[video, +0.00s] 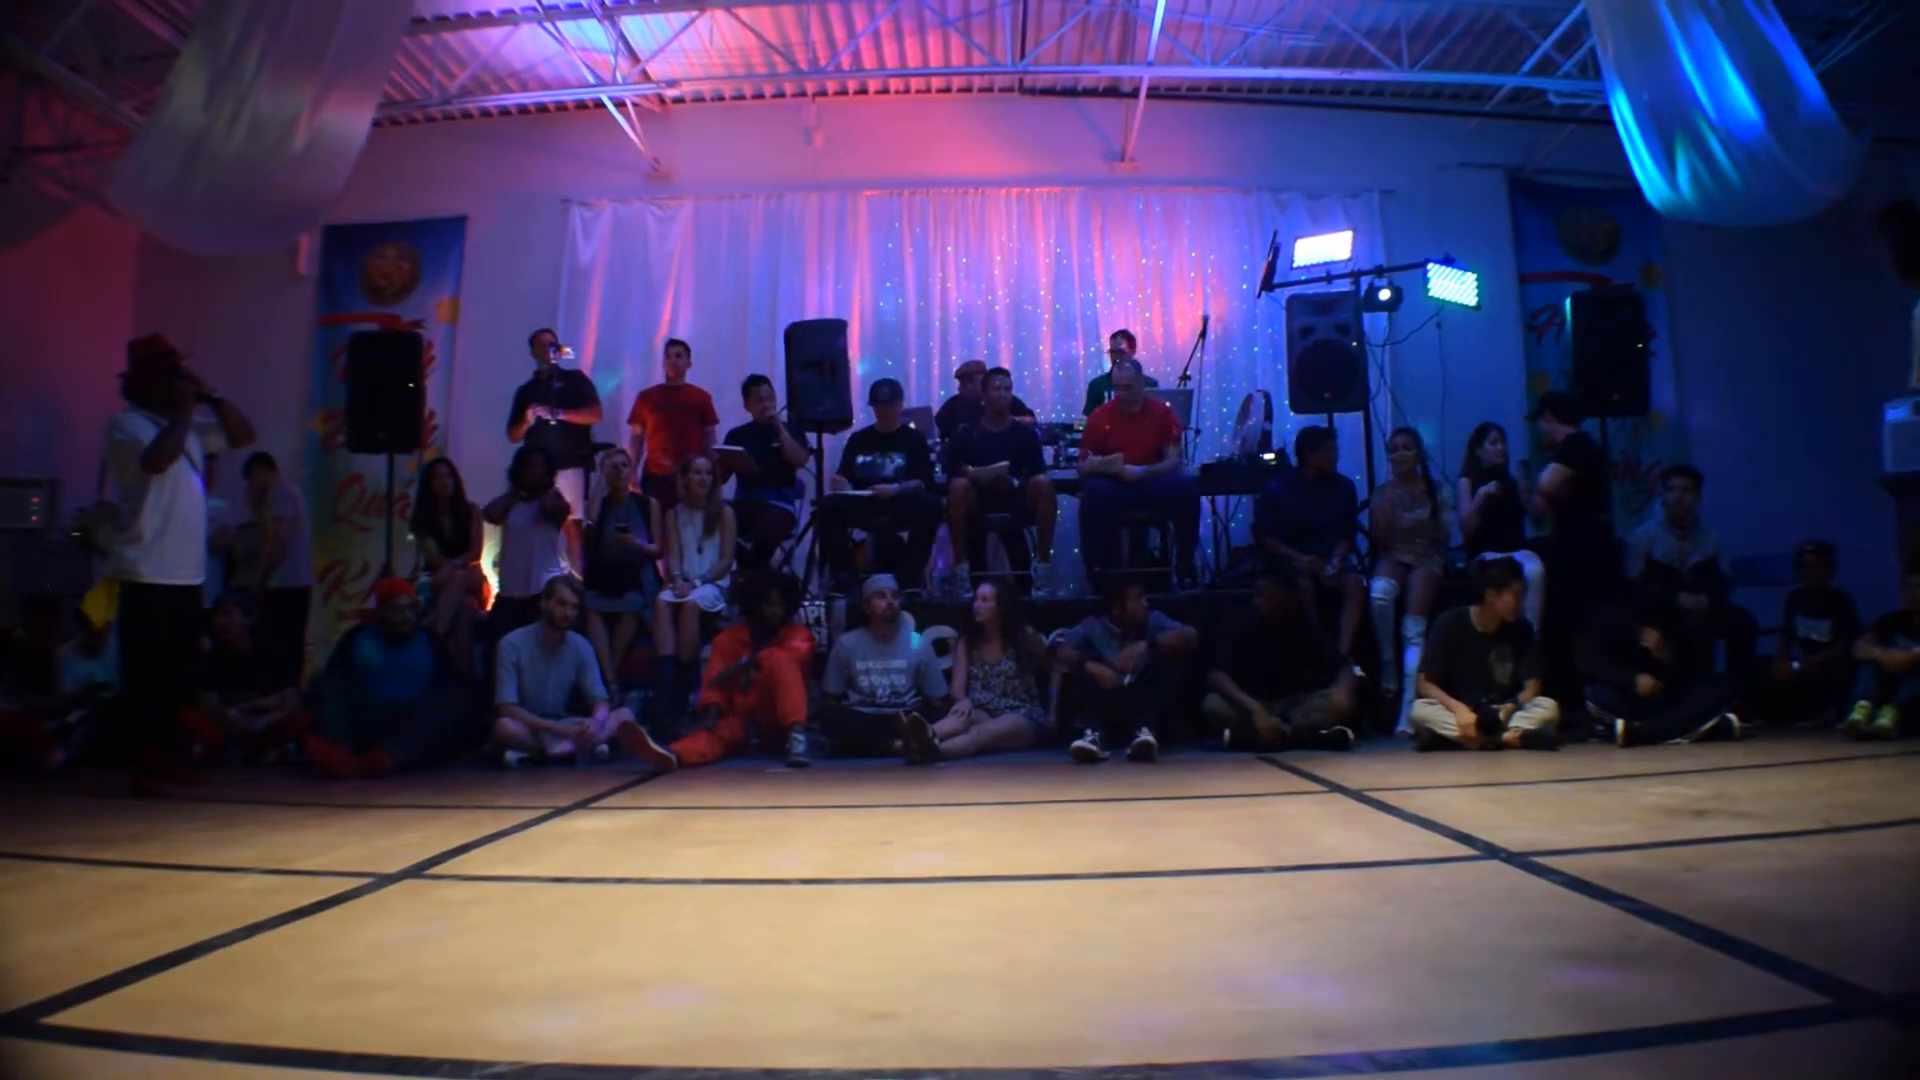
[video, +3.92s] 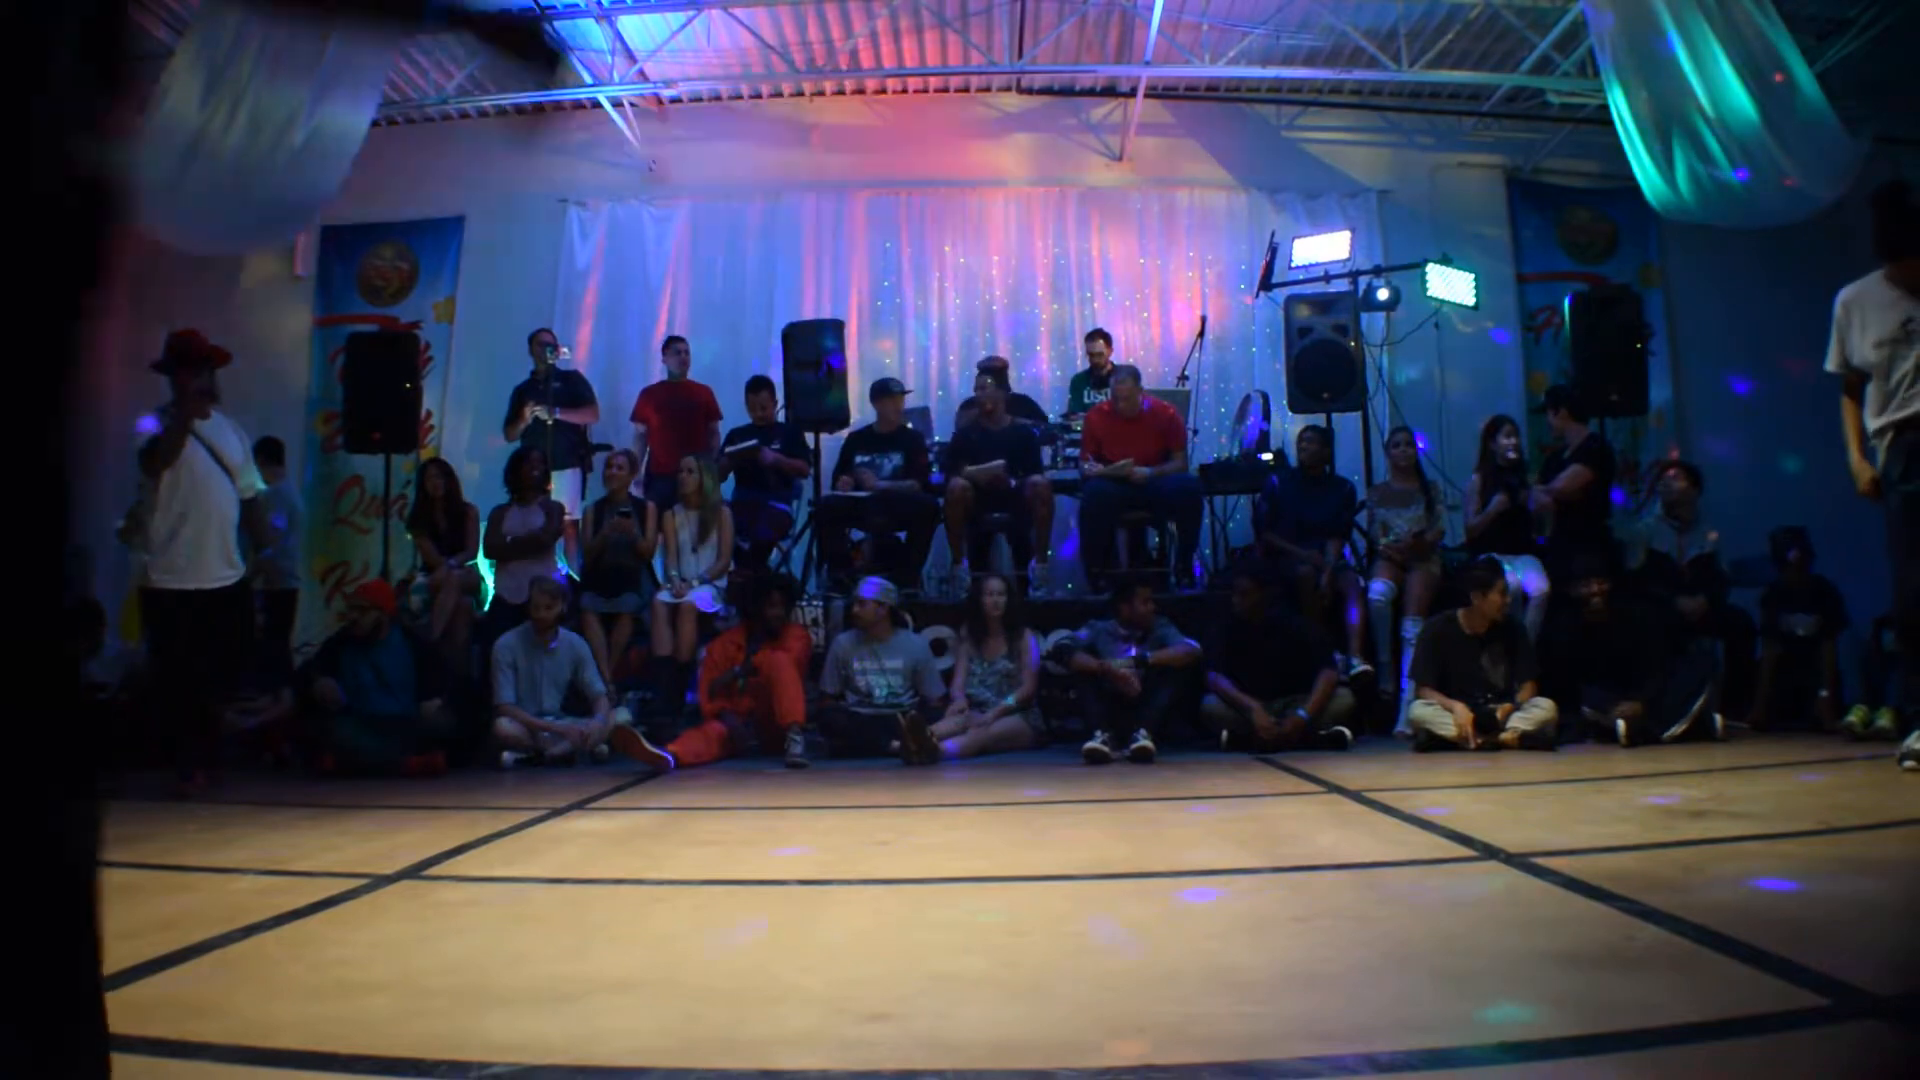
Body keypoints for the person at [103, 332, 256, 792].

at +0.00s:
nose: (178, 385)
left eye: (179, 377)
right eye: (167, 378)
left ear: (178, 383)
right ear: (144, 384)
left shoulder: (184, 429)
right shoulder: (126, 425)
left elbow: (242, 435)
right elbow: (155, 461)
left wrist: (210, 397)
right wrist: (184, 410)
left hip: (185, 579)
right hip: (147, 578)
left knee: (180, 679)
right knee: (148, 681)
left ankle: (175, 762)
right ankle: (146, 767)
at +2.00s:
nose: (189, 391)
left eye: (189, 383)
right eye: (179, 383)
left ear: (184, 386)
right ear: (154, 387)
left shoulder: (187, 433)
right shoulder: (132, 426)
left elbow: (236, 456)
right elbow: (160, 464)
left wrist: (248, 428)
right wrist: (189, 418)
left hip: (188, 577)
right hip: (151, 575)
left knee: (181, 677)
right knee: (151, 677)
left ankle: (172, 761)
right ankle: (146, 767)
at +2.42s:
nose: (182, 389)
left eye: (184, 381)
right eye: (171, 382)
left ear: (186, 387)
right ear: (147, 387)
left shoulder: (202, 435)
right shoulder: (125, 431)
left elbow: (256, 463)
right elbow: (124, 468)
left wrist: (250, 469)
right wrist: (156, 421)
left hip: (191, 585)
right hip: (142, 585)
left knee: (184, 685)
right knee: (144, 685)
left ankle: (177, 763)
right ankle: (143, 769)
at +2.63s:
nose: (173, 393)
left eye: (178, 385)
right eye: (163, 386)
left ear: (185, 388)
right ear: (144, 391)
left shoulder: (207, 437)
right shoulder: (128, 434)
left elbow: (241, 491)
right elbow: (117, 471)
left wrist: (240, 526)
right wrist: (150, 422)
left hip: (194, 585)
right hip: (142, 584)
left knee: (185, 681)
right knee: (143, 682)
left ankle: (177, 761)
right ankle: (142, 765)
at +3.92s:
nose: (207, 382)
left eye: (210, 373)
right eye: (196, 374)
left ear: (216, 377)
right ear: (174, 379)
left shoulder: (228, 431)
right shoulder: (153, 428)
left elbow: (251, 498)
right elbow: (155, 464)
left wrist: (266, 550)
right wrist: (186, 413)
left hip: (226, 582)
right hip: (172, 584)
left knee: (222, 682)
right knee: (177, 684)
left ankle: (215, 765)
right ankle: (183, 768)